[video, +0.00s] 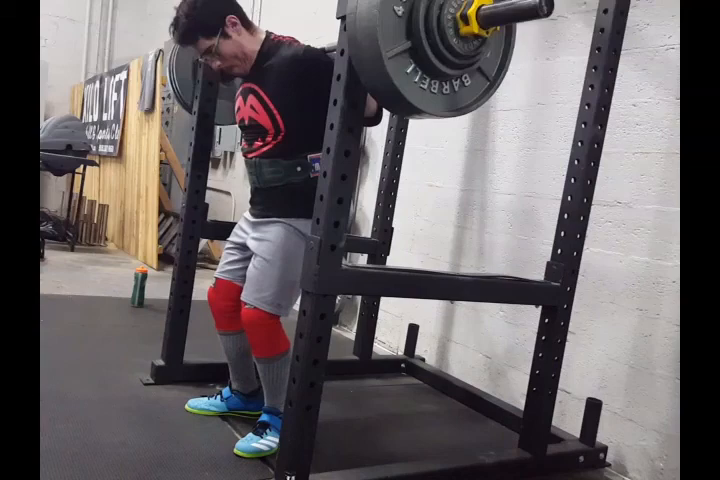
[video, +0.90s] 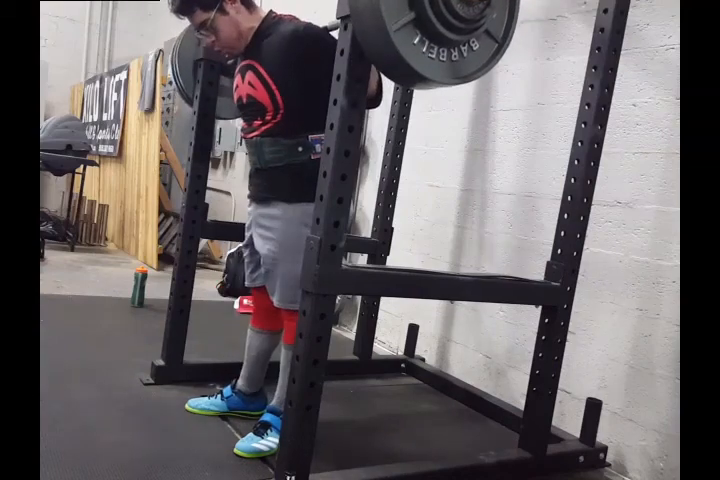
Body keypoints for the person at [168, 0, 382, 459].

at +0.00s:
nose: (215, 67)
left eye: (212, 54)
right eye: (206, 61)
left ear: (234, 26)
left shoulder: (304, 63)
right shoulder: (248, 75)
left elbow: (370, 107)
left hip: (294, 223)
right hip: (257, 217)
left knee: (259, 314)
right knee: (224, 300)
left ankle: (279, 421)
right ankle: (245, 394)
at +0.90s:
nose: (210, 43)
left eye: (209, 28)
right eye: (202, 35)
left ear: (234, 7)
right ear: (233, 11)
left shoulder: (299, 40)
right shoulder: (246, 58)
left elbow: (370, 91)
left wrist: (358, 32)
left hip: (302, 207)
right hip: (265, 204)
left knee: (295, 312)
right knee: (263, 303)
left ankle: (283, 418)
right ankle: (247, 392)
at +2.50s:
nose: (234, 36)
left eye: (235, 22)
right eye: (227, 28)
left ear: (264, 5)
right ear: (262, 11)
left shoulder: (321, 43)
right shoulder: (273, 61)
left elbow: (390, 107)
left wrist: (381, 59)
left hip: (318, 210)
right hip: (284, 205)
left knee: (305, 319)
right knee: (264, 289)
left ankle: (284, 417)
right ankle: (302, 375)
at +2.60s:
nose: (237, 37)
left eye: (240, 24)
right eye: (232, 29)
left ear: (270, 8)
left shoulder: (324, 45)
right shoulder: (274, 66)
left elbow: (391, 108)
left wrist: (390, 54)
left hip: (330, 207)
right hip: (293, 204)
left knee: (312, 308)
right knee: (289, 293)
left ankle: (282, 415)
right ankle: (327, 380)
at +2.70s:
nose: (246, 45)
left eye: (248, 31)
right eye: (239, 37)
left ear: (277, 13)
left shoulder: (333, 51)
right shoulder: (282, 68)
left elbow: (398, 113)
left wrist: (391, 66)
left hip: (339, 211)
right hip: (302, 210)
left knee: (314, 311)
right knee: (310, 307)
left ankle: (282, 416)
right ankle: (331, 389)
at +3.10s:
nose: (271, 56)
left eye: (273, 44)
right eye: (265, 48)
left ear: (299, 25)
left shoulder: (359, 61)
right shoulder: (305, 81)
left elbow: (420, 116)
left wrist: (409, 72)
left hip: (370, 202)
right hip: (331, 201)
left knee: (350, 304)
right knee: (320, 300)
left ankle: (353, 415)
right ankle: (323, 391)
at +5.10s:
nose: (293, 52)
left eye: (299, 40)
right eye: (289, 43)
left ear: (331, 31)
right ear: (322, 36)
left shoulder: (390, 79)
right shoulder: (332, 85)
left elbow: (444, 131)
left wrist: (436, 86)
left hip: (387, 218)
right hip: (340, 214)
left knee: (387, 313)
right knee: (337, 303)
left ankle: (377, 424)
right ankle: (318, 380)